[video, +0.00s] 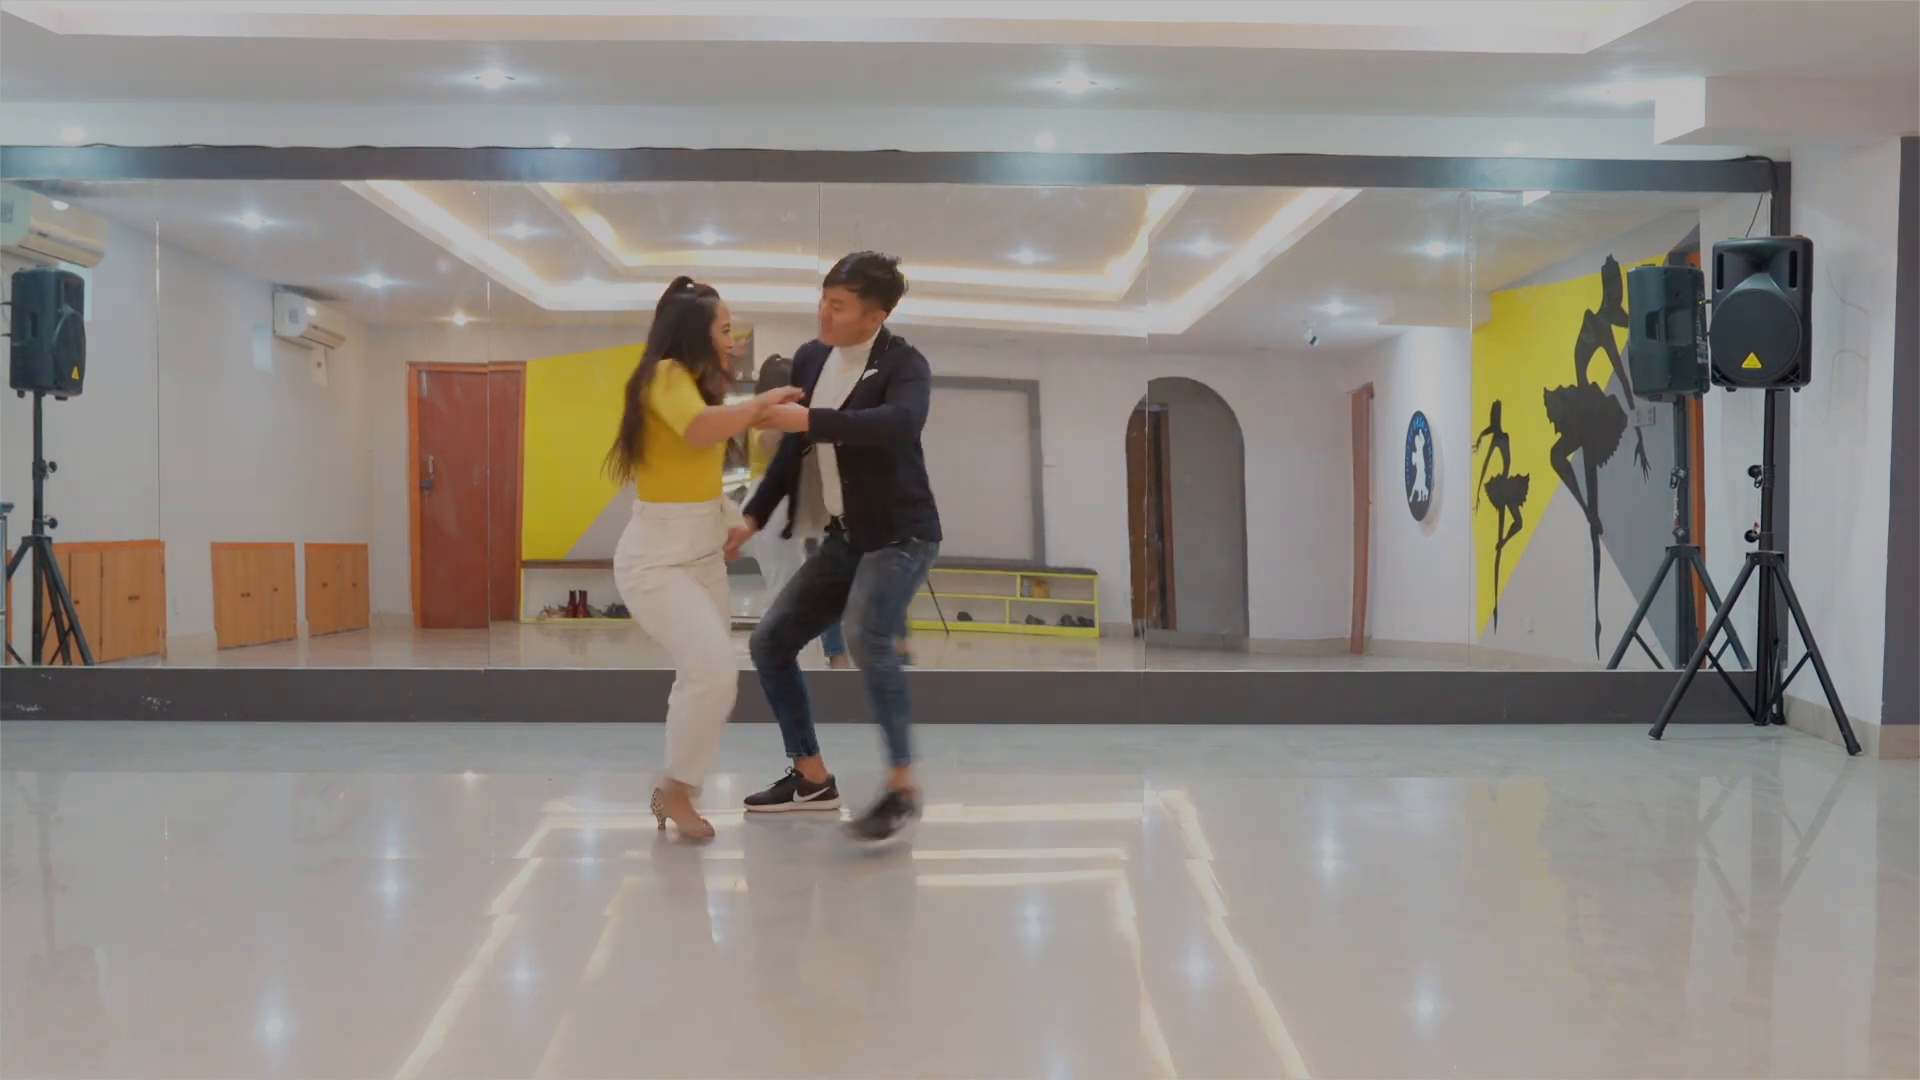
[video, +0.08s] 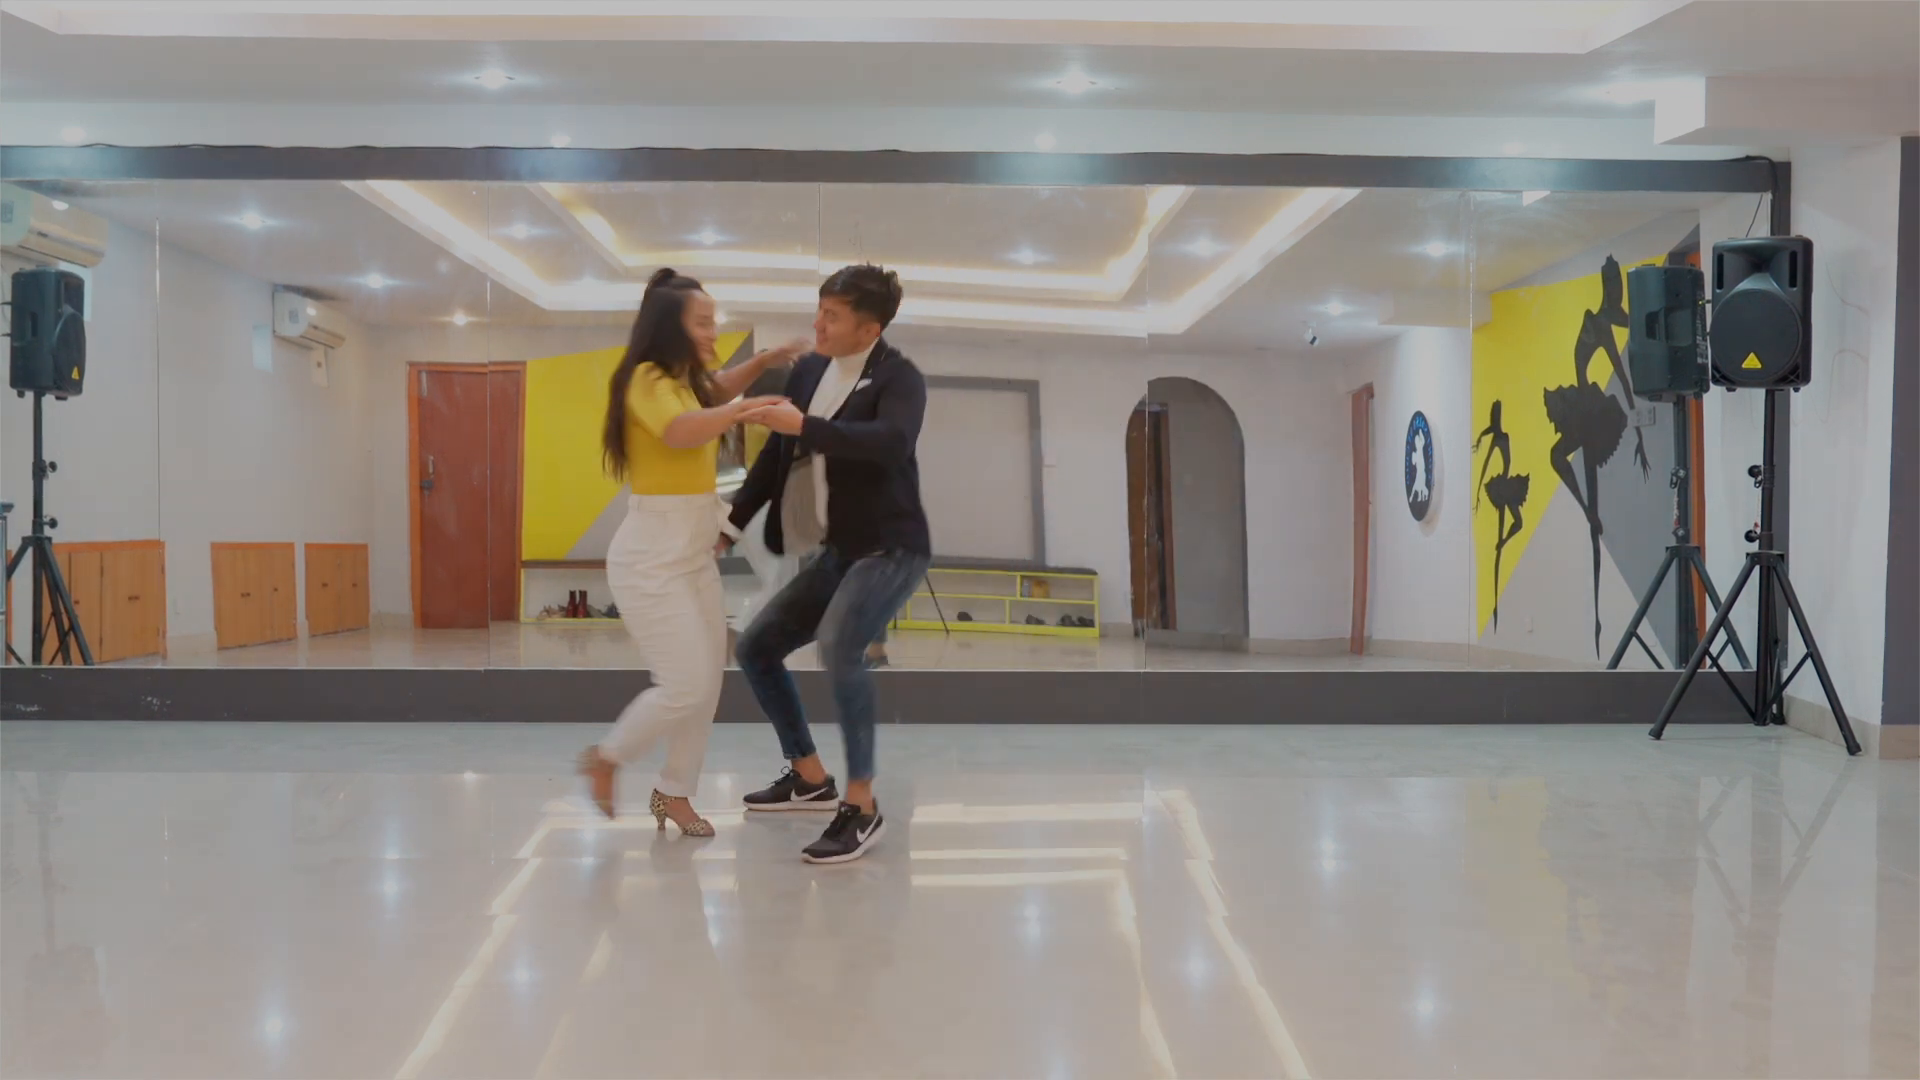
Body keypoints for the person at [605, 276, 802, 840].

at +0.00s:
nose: (732, 337)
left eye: (730, 326)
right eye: (722, 328)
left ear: (705, 332)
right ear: (694, 331)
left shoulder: (703, 388)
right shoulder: (665, 376)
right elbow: (697, 429)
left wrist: (763, 421)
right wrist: (759, 408)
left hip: (705, 556)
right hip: (654, 559)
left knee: (718, 673)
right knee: (708, 666)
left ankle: (679, 788)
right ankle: (676, 788)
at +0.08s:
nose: (713, 331)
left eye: (713, 320)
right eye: (703, 321)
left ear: (698, 325)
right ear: (672, 326)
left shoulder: (690, 379)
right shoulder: (646, 380)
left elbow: (714, 394)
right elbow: (677, 430)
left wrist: (762, 361)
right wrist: (738, 410)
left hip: (694, 554)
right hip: (648, 557)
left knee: (706, 677)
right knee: (685, 683)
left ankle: (673, 791)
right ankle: (605, 758)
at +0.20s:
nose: (659, 325)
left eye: (669, 314)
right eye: (645, 316)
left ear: (687, 322)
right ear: (628, 326)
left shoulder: (688, 383)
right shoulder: (627, 385)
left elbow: (726, 388)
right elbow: (644, 446)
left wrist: (780, 369)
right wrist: (715, 429)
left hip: (674, 554)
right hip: (628, 550)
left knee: (717, 657)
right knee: (614, 677)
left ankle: (683, 781)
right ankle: (555, 789)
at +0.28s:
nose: (650, 334)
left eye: (661, 322)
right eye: (637, 324)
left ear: (680, 330)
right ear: (621, 334)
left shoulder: (689, 391)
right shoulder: (622, 396)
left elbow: (726, 395)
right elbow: (637, 462)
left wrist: (786, 374)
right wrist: (706, 443)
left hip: (669, 559)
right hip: (616, 552)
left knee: (719, 659)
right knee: (576, 674)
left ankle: (716, 786)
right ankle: (543, 792)